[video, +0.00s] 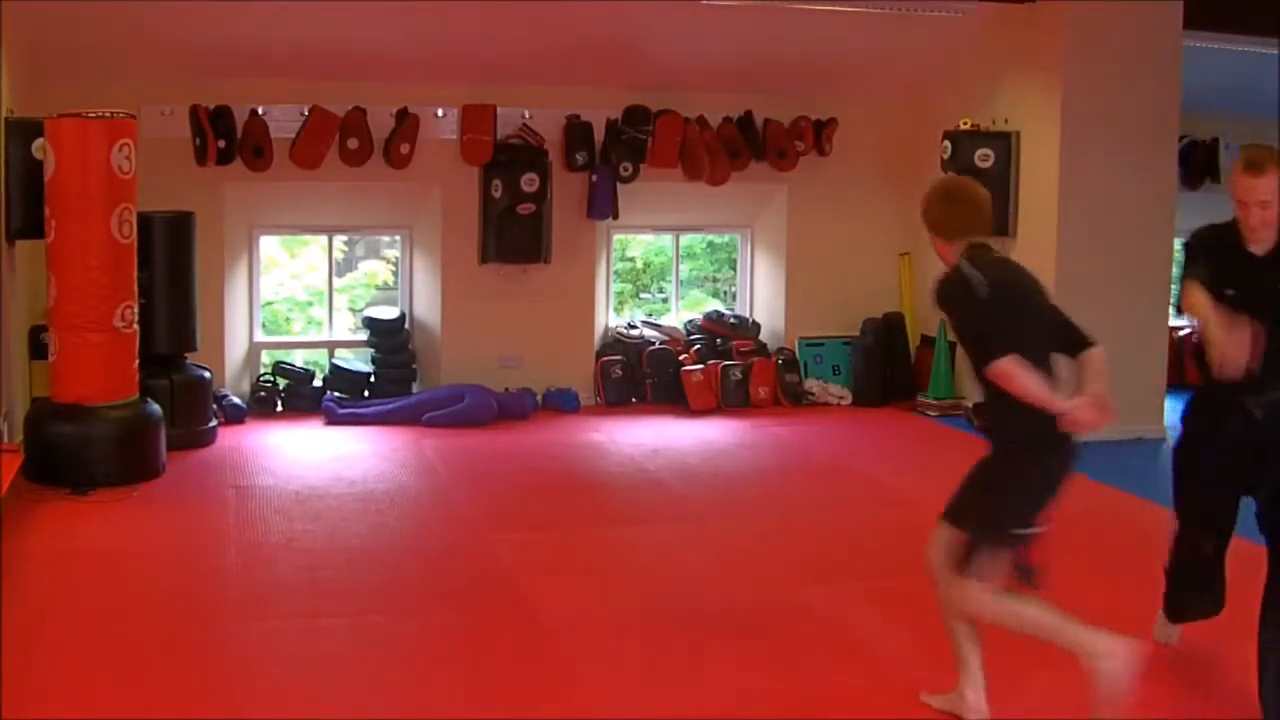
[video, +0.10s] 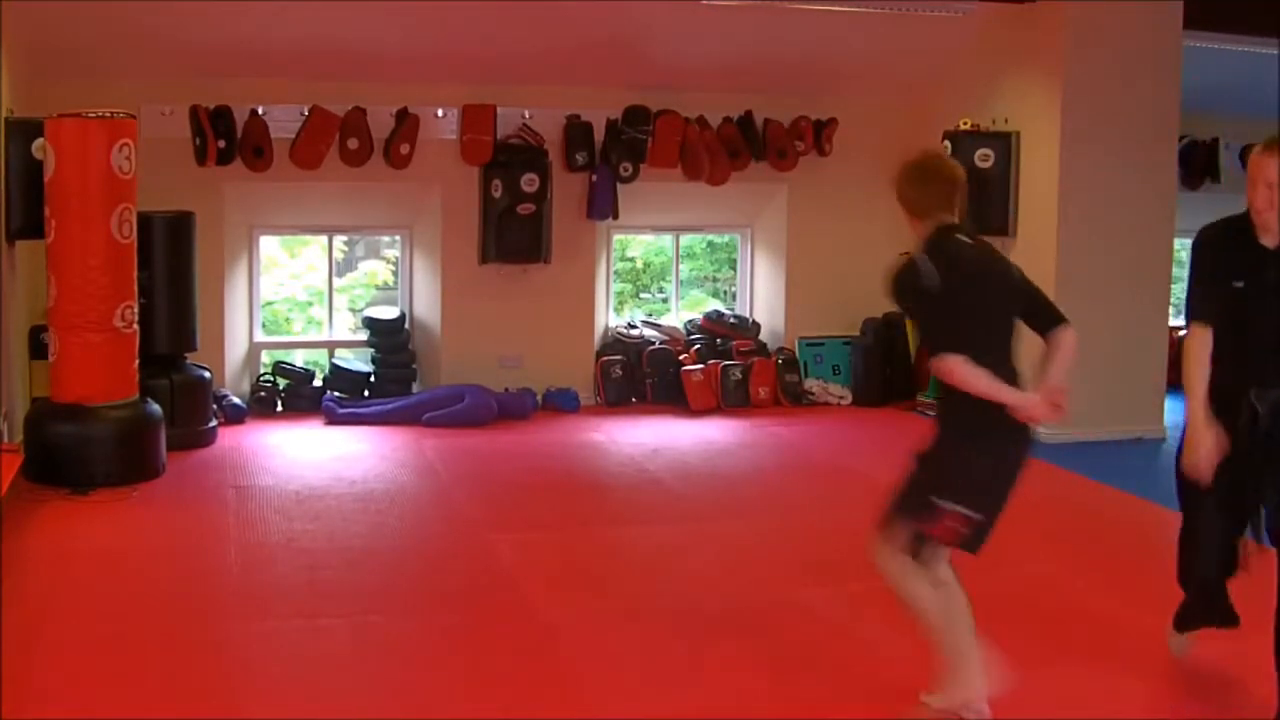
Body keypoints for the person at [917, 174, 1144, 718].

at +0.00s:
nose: (931, 241)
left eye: (930, 232)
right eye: (934, 231)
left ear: (937, 235)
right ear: (984, 225)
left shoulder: (958, 283)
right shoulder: (1014, 275)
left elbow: (999, 363)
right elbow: (1086, 347)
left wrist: (1063, 406)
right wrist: (1093, 395)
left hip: (1027, 449)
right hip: (1037, 442)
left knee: (961, 589)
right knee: (943, 551)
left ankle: (1101, 648)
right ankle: (971, 692)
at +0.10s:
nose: (899, 209)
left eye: (901, 201)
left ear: (906, 206)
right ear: (957, 200)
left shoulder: (917, 270)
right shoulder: (990, 260)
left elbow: (948, 361)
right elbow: (1061, 332)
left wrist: (1018, 398)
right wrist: (1049, 392)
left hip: (965, 427)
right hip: (1004, 426)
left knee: (894, 544)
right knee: (931, 553)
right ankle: (968, 682)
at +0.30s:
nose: (892, 169)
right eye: (893, 161)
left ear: (837, 166)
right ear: (891, 166)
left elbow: (803, 336)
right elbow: (976, 317)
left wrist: (876, 381)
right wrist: (929, 371)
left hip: (845, 412)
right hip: (914, 412)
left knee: (798, 541)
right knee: (933, 559)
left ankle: (743, 663)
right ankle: (969, 688)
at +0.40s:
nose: (870, 183)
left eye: (867, 173)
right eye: (869, 174)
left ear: (809, 176)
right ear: (857, 178)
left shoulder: (775, 249)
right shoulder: (878, 252)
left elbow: (732, 336)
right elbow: (893, 339)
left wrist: (784, 392)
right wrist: (837, 395)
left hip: (783, 420)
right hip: (849, 421)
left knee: (765, 550)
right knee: (896, 560)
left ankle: (729, 675)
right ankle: (936, 690)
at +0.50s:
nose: (853, 182)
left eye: (851, 171)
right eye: (850, 171)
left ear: (796, 171)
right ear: (831, 171)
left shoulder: (754, 232)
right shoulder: (839, 241)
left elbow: (694, 320)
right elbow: (821, 330)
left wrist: (713, 394)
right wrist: (767, 394)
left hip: (737, 409)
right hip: (799, 412)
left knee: (745, 541)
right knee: (847, 543)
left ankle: (725, 675)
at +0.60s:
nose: (833, 185)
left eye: (836, 174)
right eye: (832, 173)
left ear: (780, 164)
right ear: (810, 165)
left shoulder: (735, 220)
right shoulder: (795, 230)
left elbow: (668, 303)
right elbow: (771, 320)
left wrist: (667, 387)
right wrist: (735, 395)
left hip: (713, 396)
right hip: (756, 405)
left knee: (734, 535)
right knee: (789, 541)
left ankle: (717, 666)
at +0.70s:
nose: (816, 197)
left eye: (820, 185)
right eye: (812, 183)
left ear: (769, 172)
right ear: (785, 173)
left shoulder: (721, 222)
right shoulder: (760, 235)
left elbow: (655, 315)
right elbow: (725, 337)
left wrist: (644, 406)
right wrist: (710, 432)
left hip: (691, 391)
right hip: (708, 400)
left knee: (725, 539)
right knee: (702, 548)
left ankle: (718, 670)